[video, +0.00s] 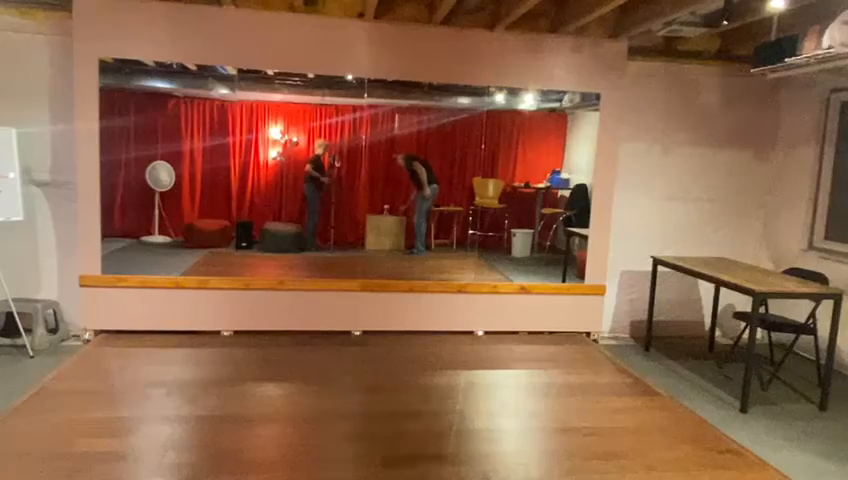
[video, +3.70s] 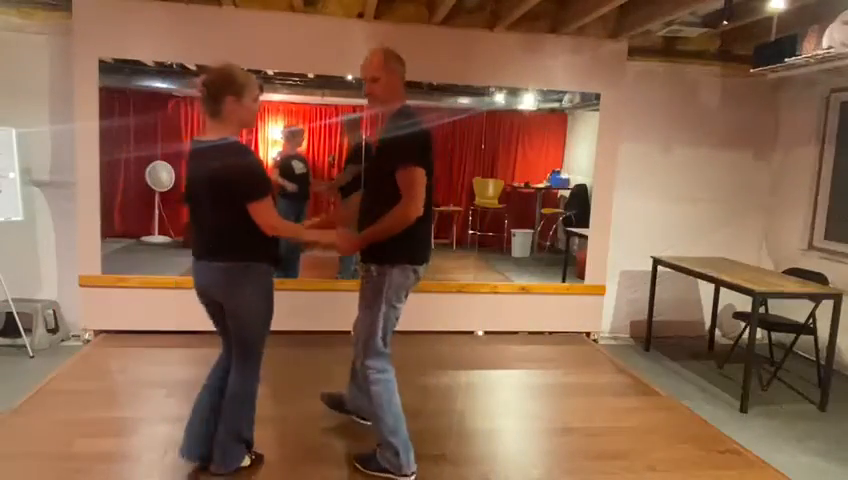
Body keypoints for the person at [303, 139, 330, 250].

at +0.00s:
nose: (326, 150)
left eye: (326, 148)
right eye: (325, 148)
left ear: (319, 147)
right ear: (321, 148)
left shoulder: (320, 160)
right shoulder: (315, 158)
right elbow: (308, 168)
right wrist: (321, 177)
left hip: (316, 187)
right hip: (311, 187)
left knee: (314, 213)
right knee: (313, 213)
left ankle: (311, 240)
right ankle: (311, 241)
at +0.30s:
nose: (324, 149)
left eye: (324, 146)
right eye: (323, 146)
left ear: (320, 147)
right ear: (319, 147)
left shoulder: (320, 159)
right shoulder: (315, 159)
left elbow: (321, 175)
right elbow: (309, 174)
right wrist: (313, 189)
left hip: (317, 191)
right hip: (313, 191)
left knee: (314, 217)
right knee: (312, 216)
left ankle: (311, 241)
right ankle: (308, 242)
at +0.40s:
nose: (323, 149)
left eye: (323, 146)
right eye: (322, 146)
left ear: (321, 147)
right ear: (317, 146)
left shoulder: (319, 160)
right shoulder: (312, 160)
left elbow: (321, 175)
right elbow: (308, 176)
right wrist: (310, 191)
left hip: (318, 192)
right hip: (313, 192)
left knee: (314, 217)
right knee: (312, 217)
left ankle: (312, 241)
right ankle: (308, 242)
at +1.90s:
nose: (303, 148)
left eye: (305, 144)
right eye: (301, 145)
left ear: (309, 145)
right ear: (297, 146)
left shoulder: (314, 160)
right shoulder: (293, 162)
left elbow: (319, 177)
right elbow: (290, 179)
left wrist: (320, 190)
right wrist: (288, 194)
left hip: (310, 194)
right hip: (296, 195)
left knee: (310, 222)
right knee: (293, 222)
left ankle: (310, 249)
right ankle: (289, 251)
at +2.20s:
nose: (295, 146)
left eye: (298, 142)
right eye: (293, 142)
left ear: (302, 143)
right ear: (289, 143)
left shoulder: (308, 158)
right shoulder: (285, 159)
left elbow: (314, 173)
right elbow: (277, 178)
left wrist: (319, 186)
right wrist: (267, 192)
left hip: (304, 192)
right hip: (287, 192)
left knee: (301, 222)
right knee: (288, 222)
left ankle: (300, 248)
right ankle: (288, 252)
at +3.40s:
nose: (300, 141)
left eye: (300, 137)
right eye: (297, 137)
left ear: (296, 139)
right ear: (289, 138)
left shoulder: (302, 158)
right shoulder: (275, 158)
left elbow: (310, 178)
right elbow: (268, 179)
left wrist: (321, 184)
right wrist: (267, 196)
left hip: (300, 200)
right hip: (281, 199)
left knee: (297, 234)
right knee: (279, 232)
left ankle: (295, 269)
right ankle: (279, 268)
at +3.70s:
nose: (301, 141)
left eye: (301, 138)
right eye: (299, 138)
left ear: (300, 139)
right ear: (291, 139)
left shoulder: (302, 158)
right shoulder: (281, 158)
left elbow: (309, 179)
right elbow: (274, 176)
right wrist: (287, 184)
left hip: (301, 198)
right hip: (286, 199)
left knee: (296, 234)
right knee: (285, 233)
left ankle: (292, 268)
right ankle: (283, 267)